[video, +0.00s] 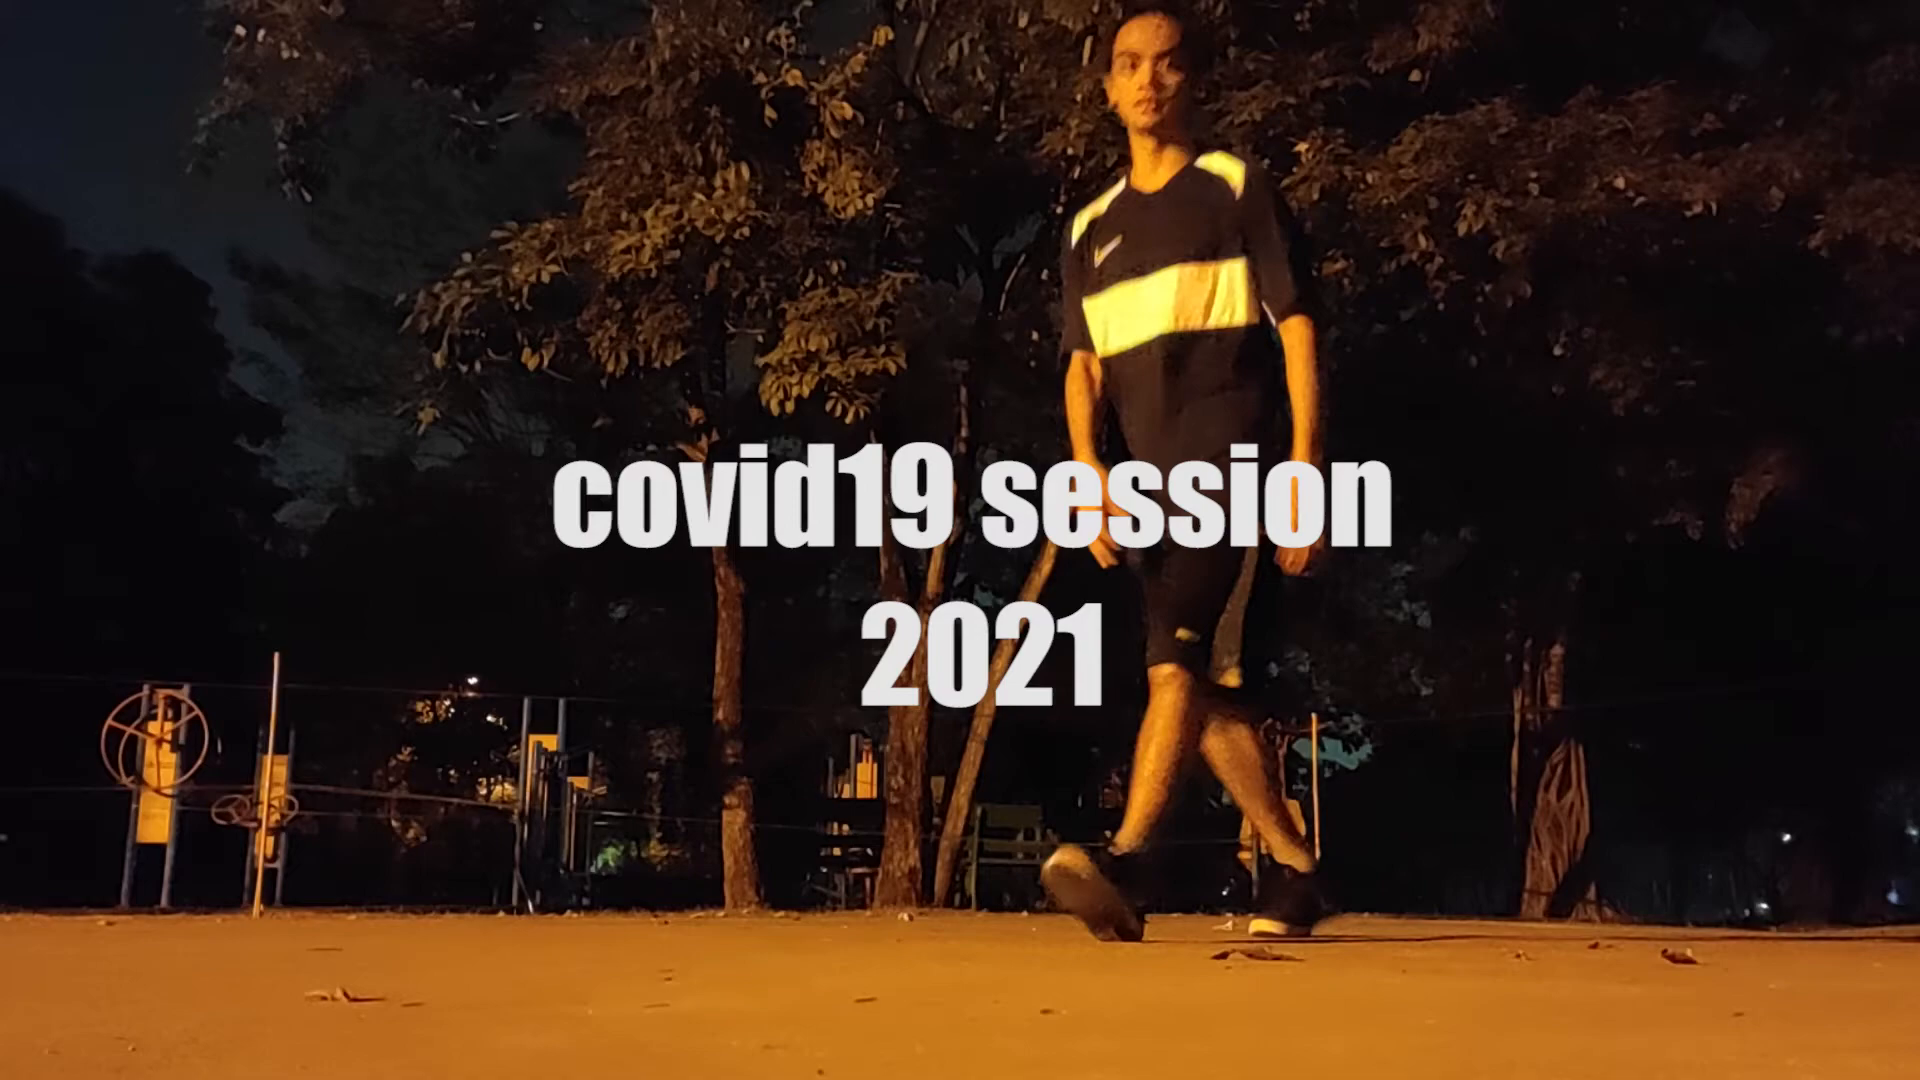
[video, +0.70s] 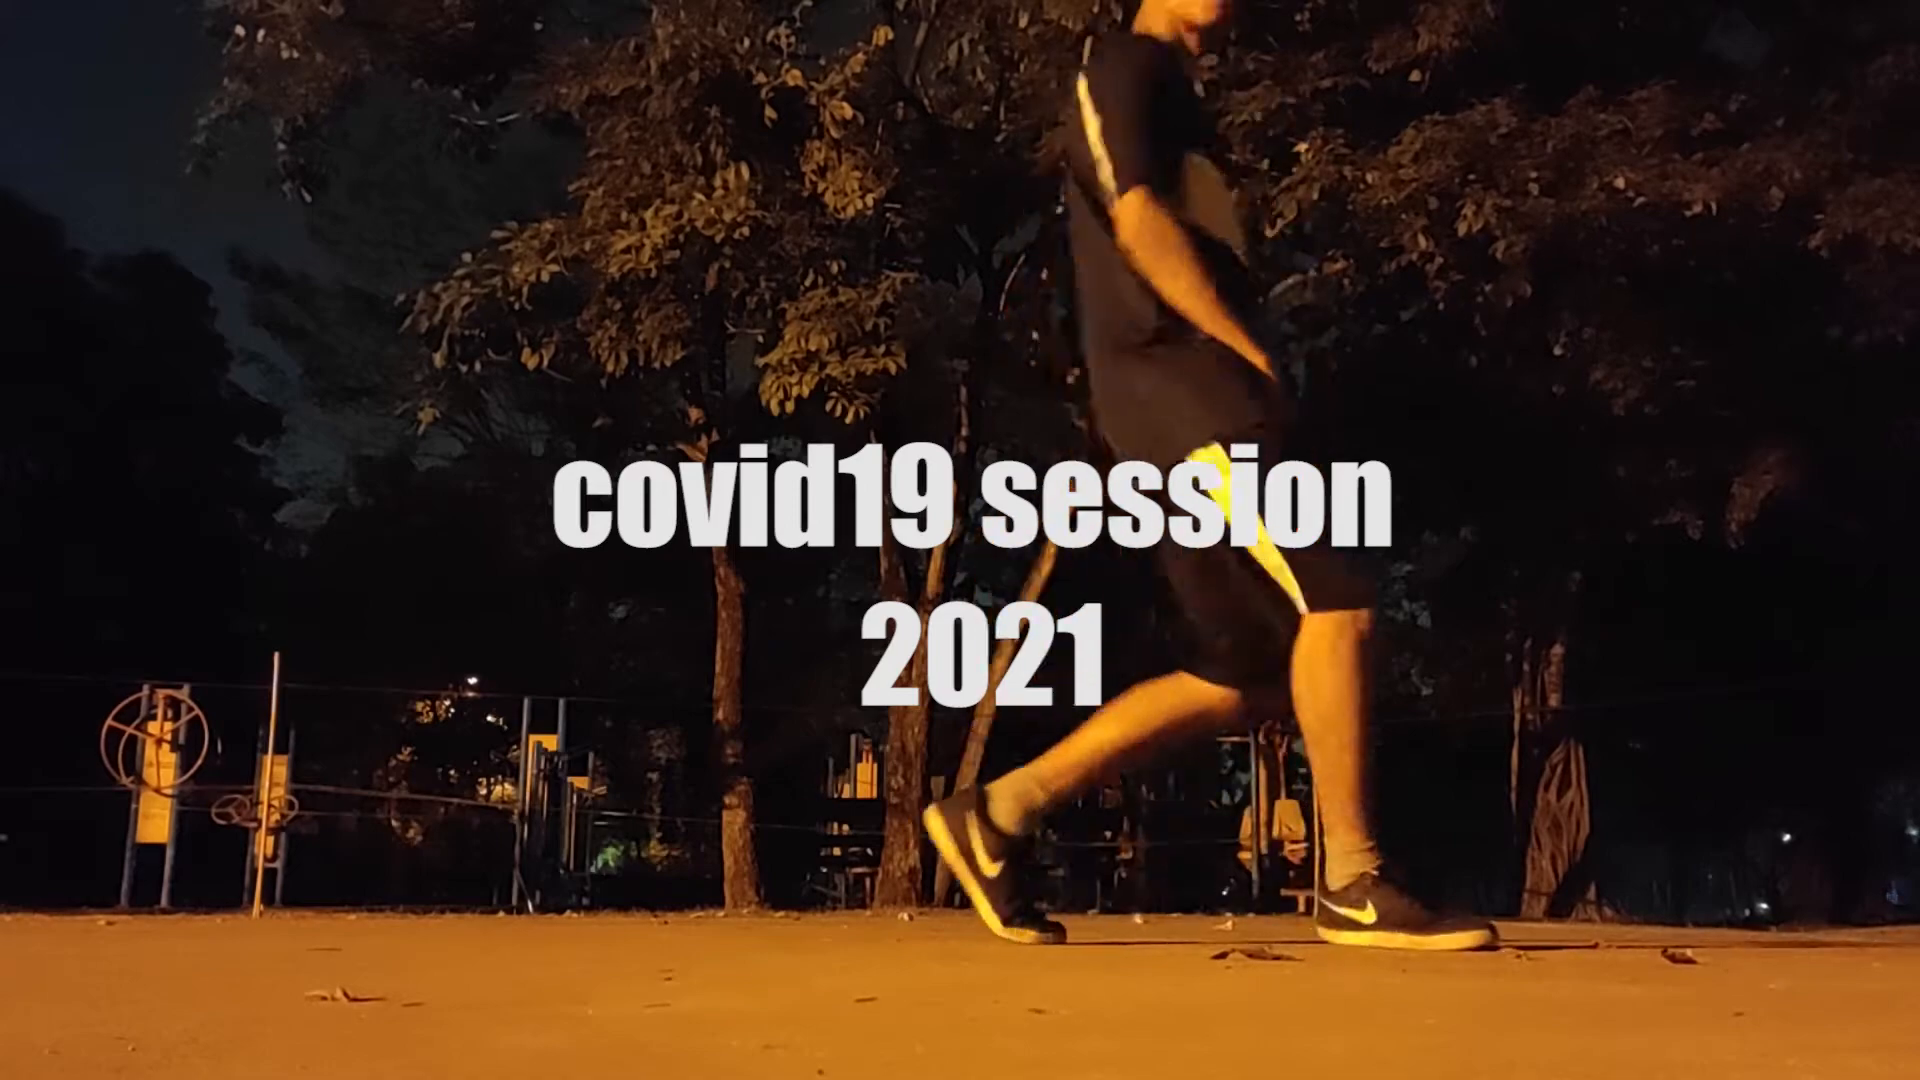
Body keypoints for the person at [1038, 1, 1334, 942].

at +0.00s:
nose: (1150, 79)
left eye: (1167, 62)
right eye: (1132, 64)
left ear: (1195, 78)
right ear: (1107, 84)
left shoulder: (1237, 185)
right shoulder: (1088, 225)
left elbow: (1297, 330)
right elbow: (1083, 366)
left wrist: (1304, 478)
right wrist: (1088, 479)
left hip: (1232, 472)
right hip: (1141, 484)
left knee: (1177, 651)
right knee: (1191, 682)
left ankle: (1126, 865)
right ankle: (1293, 860)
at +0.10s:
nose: (1165, 48)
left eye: (1182, 31)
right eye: (1146, 34)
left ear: (1207, 52)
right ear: (1119, 58)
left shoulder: (1252, 164)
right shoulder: (1085, 189)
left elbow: (1301, 303)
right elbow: (1078, 334)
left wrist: (1284, 434)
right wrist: (1101, 449)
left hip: (1219, 449)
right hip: (1124, 459)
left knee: (1167, 644)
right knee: (1119, 684)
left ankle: (1118, 872)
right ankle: (1252, 835)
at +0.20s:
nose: (1183, 25)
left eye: (1199, 11)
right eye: (1164, 11)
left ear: (1222, 30)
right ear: (1134, 31)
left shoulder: (1266, 163)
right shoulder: (1073, 165)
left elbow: (1294, 310)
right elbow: (1041, 316)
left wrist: (1248, 428)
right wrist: (1088, 422)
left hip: (1202, 451)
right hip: (1092, 448)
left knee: (1147, 640)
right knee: (1015, 632)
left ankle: (1111, 877)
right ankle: (1142, 795)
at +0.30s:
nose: (1192, 27)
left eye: (1209, 13)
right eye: (1174, 11)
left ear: (1227, 36)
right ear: (1140, 31)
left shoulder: (1273, 181)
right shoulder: (1068, 166)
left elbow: (1293, 340)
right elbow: (1022, 321)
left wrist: (1242, 448)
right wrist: (1090, 416)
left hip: (1196, 466)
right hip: (1078, 450)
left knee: (1140, 637)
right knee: (1007, 532)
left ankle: (1112, 876)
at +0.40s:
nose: (1203, 10)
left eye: (1218, 2)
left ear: (1243, 17)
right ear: (1158, 5)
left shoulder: (1278, 136)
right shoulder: (1086, 103)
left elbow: (1286, 295)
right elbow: (1028, 250)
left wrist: (1248, 390)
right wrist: (1108, 358)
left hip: (1201, 428)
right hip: (1085, 404)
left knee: (1164, 626)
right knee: (1084, 568)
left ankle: (1106, 837)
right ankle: (1061, 822)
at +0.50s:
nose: (1220, 6)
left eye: (1227, 2)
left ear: (1239, 7)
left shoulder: (1267, 101)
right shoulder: (1098, 55)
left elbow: (1258, 251)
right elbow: (1041, 203)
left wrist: (1261, 340)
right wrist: (1136, 324)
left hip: (1206, 383)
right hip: (1101, 367)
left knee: (1187, 611)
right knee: (1182, 582)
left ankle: (1018, 804)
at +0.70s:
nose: (1225, 10)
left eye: (1225, 2)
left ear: (1177, 2)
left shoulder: (1155, 78)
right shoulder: (1119, 63)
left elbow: (1160, 246)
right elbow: (1141, 226)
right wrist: (1258, 357)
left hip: (1180, 403)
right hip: (1180, 397)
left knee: (1241, 677)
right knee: (1335, 596)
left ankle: (993, 813)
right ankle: (1353, 882)